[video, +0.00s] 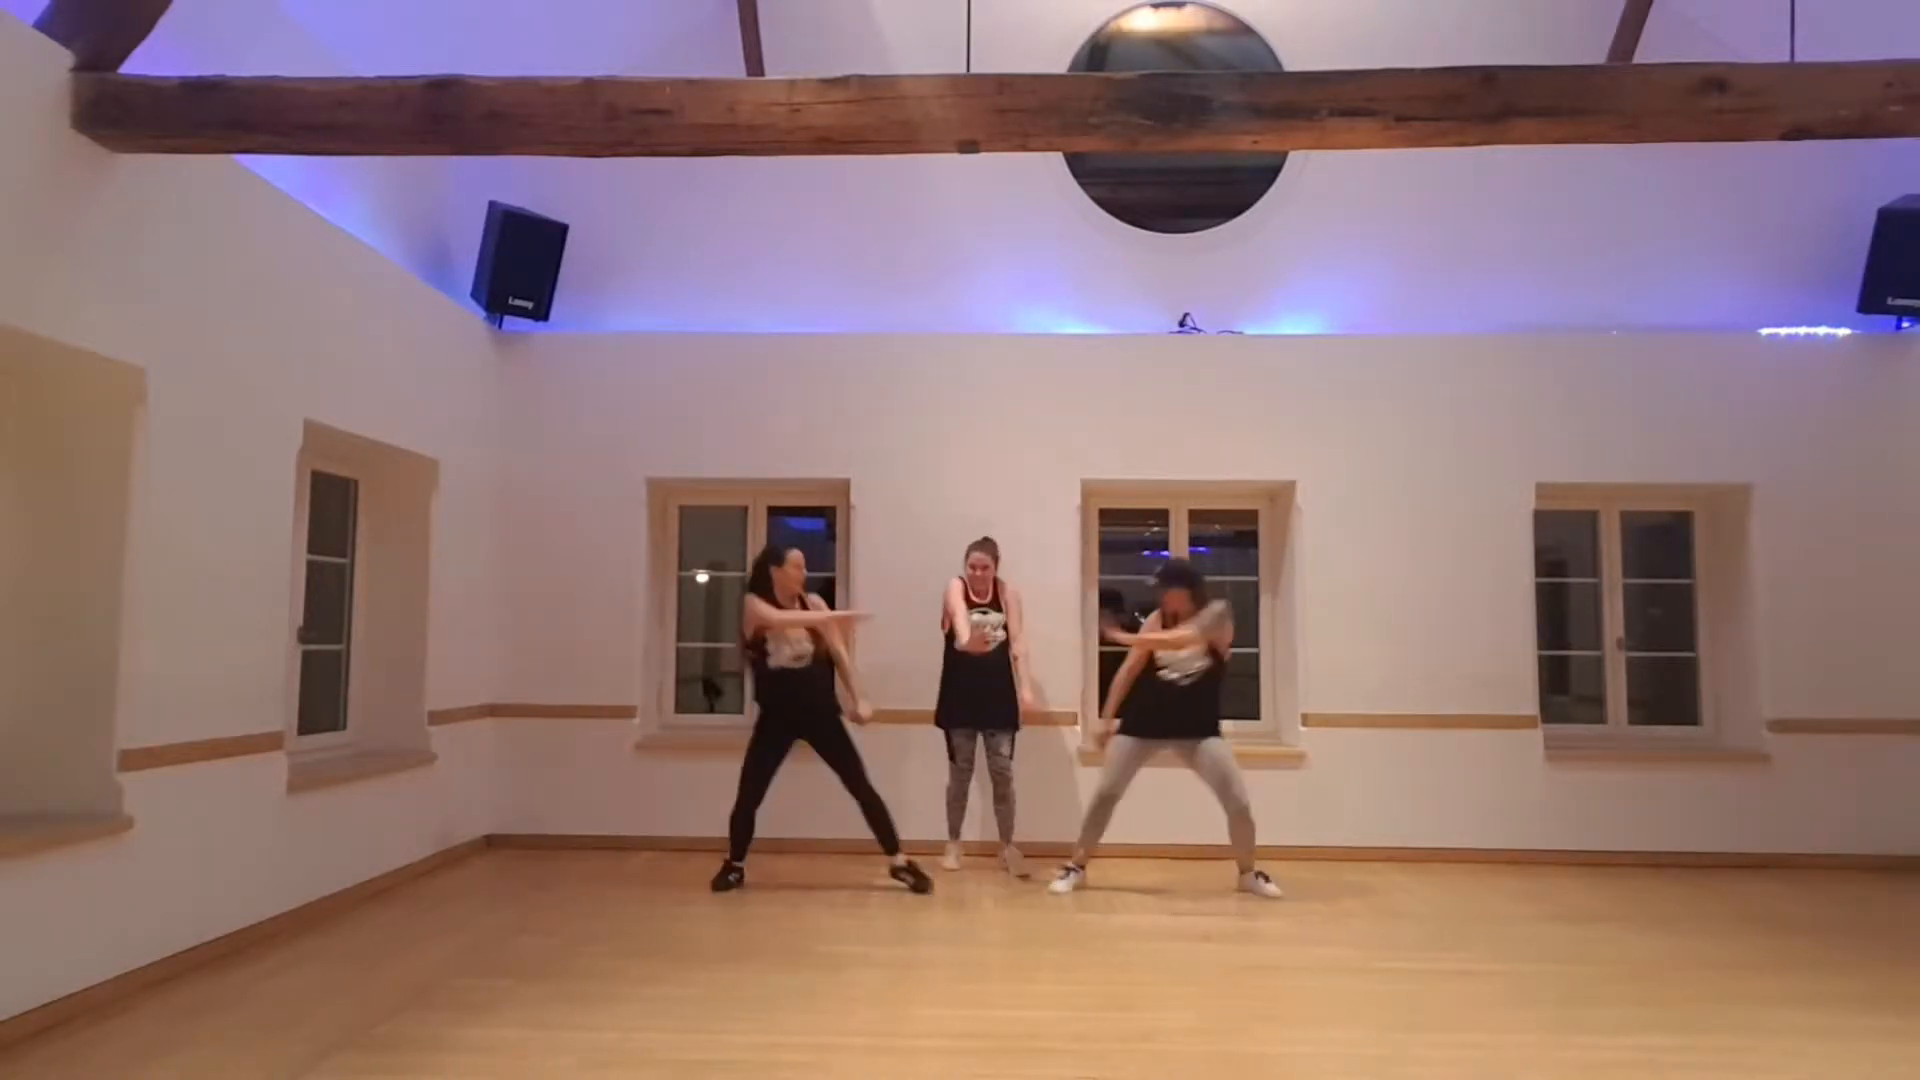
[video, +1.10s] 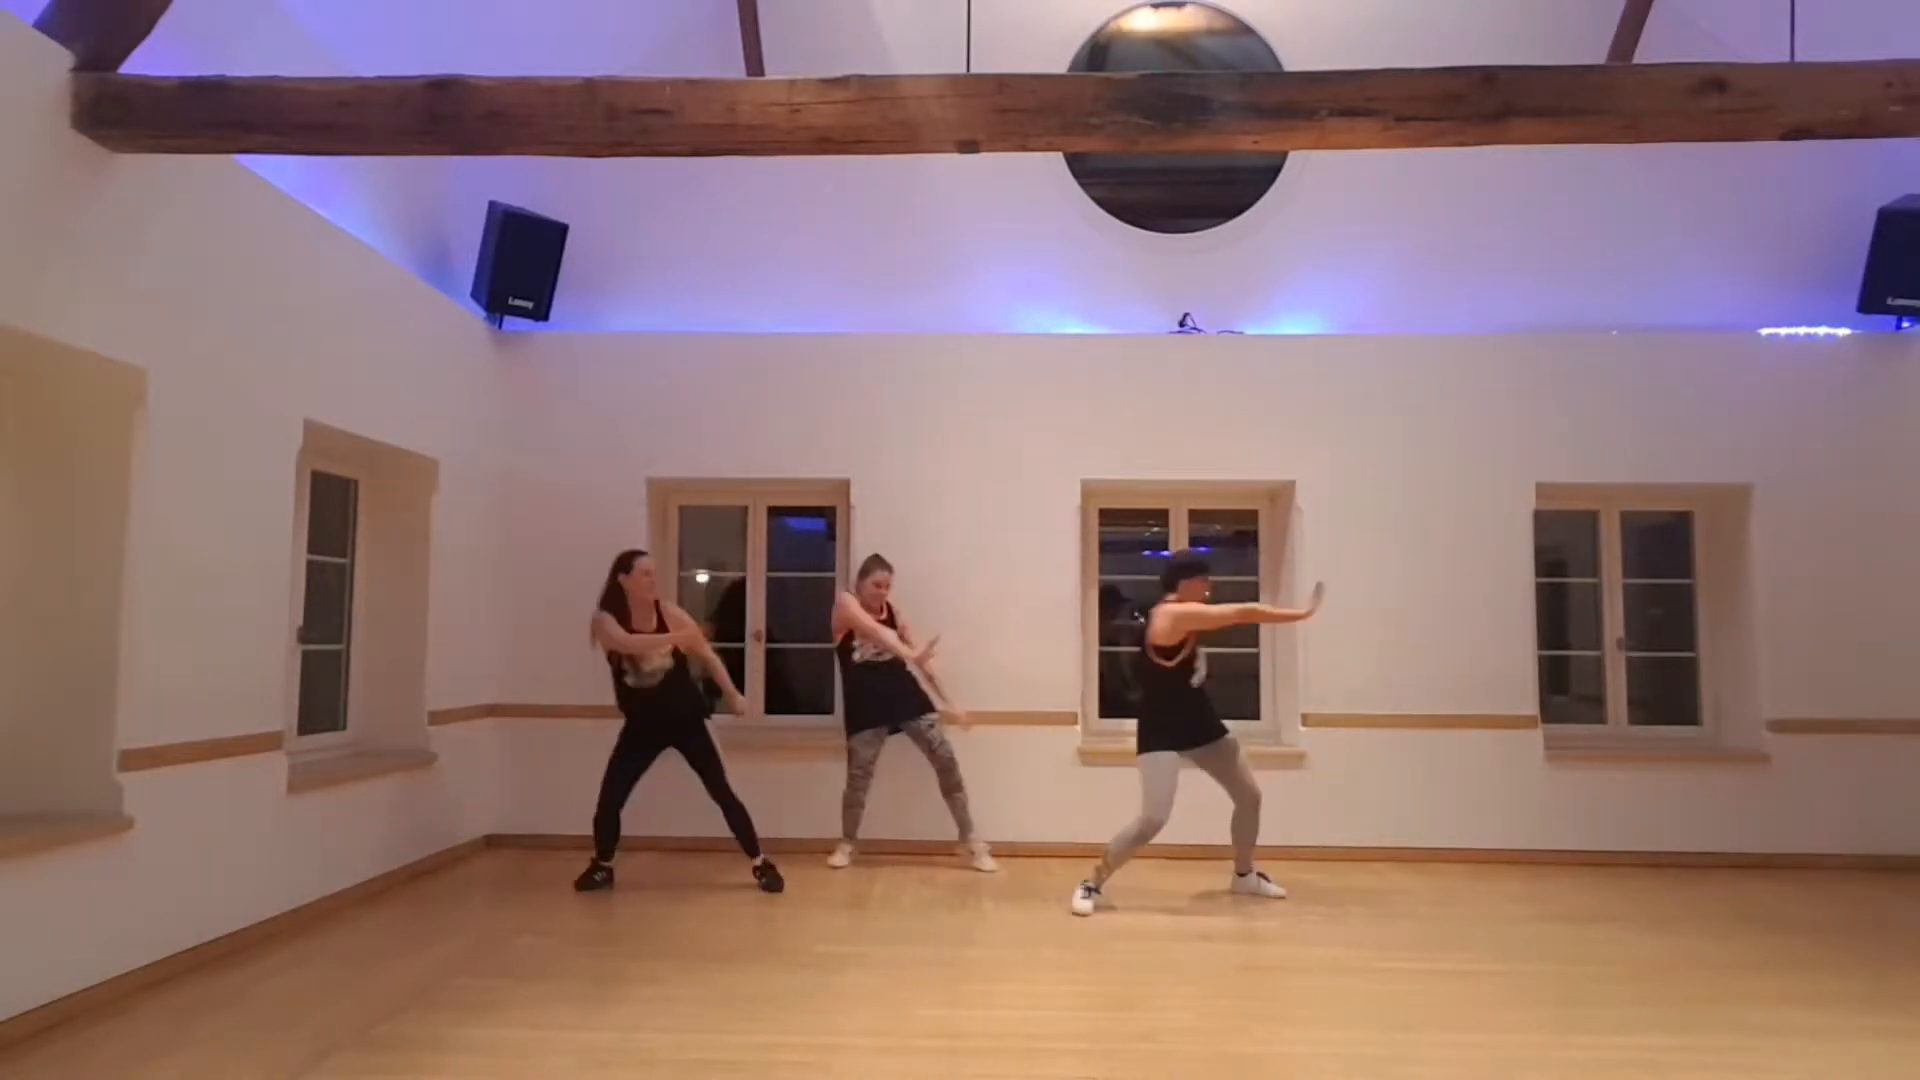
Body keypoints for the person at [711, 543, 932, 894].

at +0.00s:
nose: (803, 575)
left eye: (804, 568)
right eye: (797, 568)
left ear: (801, 572)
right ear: (774, 571)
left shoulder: (815, 604)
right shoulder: (753, 603)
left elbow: (838, 651)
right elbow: (775, 620)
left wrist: (858, 698)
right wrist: (832, 618)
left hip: (820, 714)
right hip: (777, 717)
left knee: (860, 786)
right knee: (748, 797)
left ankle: (898, 861)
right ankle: (734, 865)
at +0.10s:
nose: (791, 557)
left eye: (792, 550)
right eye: (783, 551)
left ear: (792, 554)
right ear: (762, 555)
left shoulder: (806, 587)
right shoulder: (744, 587)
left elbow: (832, 634)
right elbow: (734, 616)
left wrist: (839, 679)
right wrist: (780, 627)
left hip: (803, 697)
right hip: (761, 697)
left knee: (835, 776)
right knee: (742, 784)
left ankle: (861, 852)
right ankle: (733, 863)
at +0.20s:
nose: (766, 547)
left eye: (773, 541)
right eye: (760, 541)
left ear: (784, 549)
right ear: (749, 548)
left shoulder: (801, 586)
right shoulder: (733, 588)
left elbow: (822, 630)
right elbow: (703, 629)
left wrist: (825, 667)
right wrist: (738, 650)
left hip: (790, 695)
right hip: (749, 695)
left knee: (811, 774)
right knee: (737, 783)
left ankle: (815, 853)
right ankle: (731, 862)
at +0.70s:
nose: (718, 548)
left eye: (724, 542)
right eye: (711, 541)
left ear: (732, 548)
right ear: (697, 546)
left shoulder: (750, 581)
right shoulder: (685, 586)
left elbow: (768, 631)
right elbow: (678, 634)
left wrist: (776, 680)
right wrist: (726, 626)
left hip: (744, 690)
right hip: (701, 690)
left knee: (757, 776)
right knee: (684, 770)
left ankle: (769, 858)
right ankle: (684, 850)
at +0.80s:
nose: (698, 556)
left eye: (703, 549)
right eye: (690, 549)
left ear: (710, 554)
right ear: (671, 554)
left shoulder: (728, 584)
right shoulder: (662, 594)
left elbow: (755, 624)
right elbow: (691, 626)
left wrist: (773, 672)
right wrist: (734, 610)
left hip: (739, 695)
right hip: (695, 697)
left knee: (755, 776)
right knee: (661, 771)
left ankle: (770, 859)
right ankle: (636, 853)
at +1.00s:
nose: (665, 590)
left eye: (668, 584)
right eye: (657, 584)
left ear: (673, 590)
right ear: (634, 590)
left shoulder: (686, 621)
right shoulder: (620, 628)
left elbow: (723, 659)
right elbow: (644, 641)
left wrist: (756, 691)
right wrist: (706, 629)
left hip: (705, 730)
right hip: (660, 734)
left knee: (739, 799)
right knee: (617, 800)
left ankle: (764, 865)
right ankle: (602, 865)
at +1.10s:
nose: (653, 580)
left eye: (654, 574)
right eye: (645, 574)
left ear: (655, 579)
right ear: (623, 580)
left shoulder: (672, 615)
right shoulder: (606, 620)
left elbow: (706, 654)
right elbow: (623, 644)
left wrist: (732, 693)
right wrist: (676, 639)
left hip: (686, 721)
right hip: (642, 726)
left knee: (721, 792)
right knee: (609, 798)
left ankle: (759, 862)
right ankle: (602, 865)